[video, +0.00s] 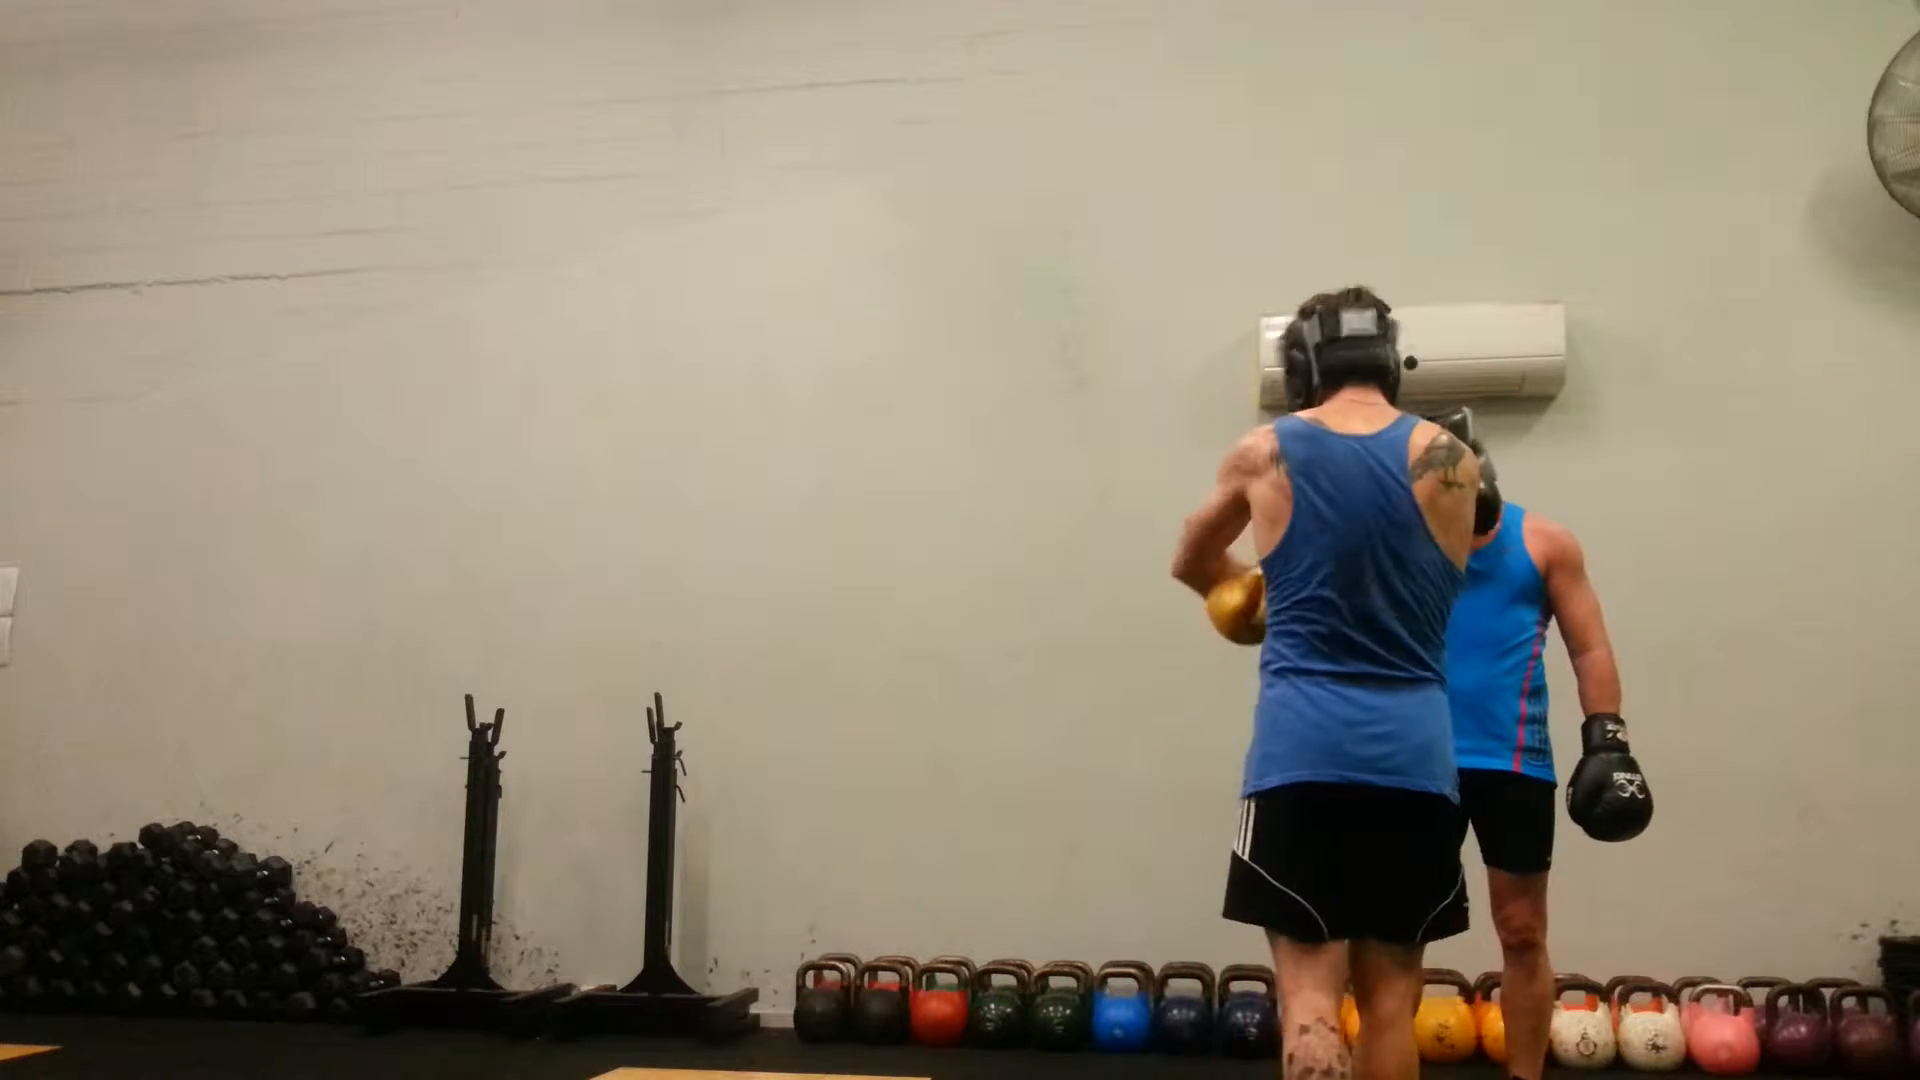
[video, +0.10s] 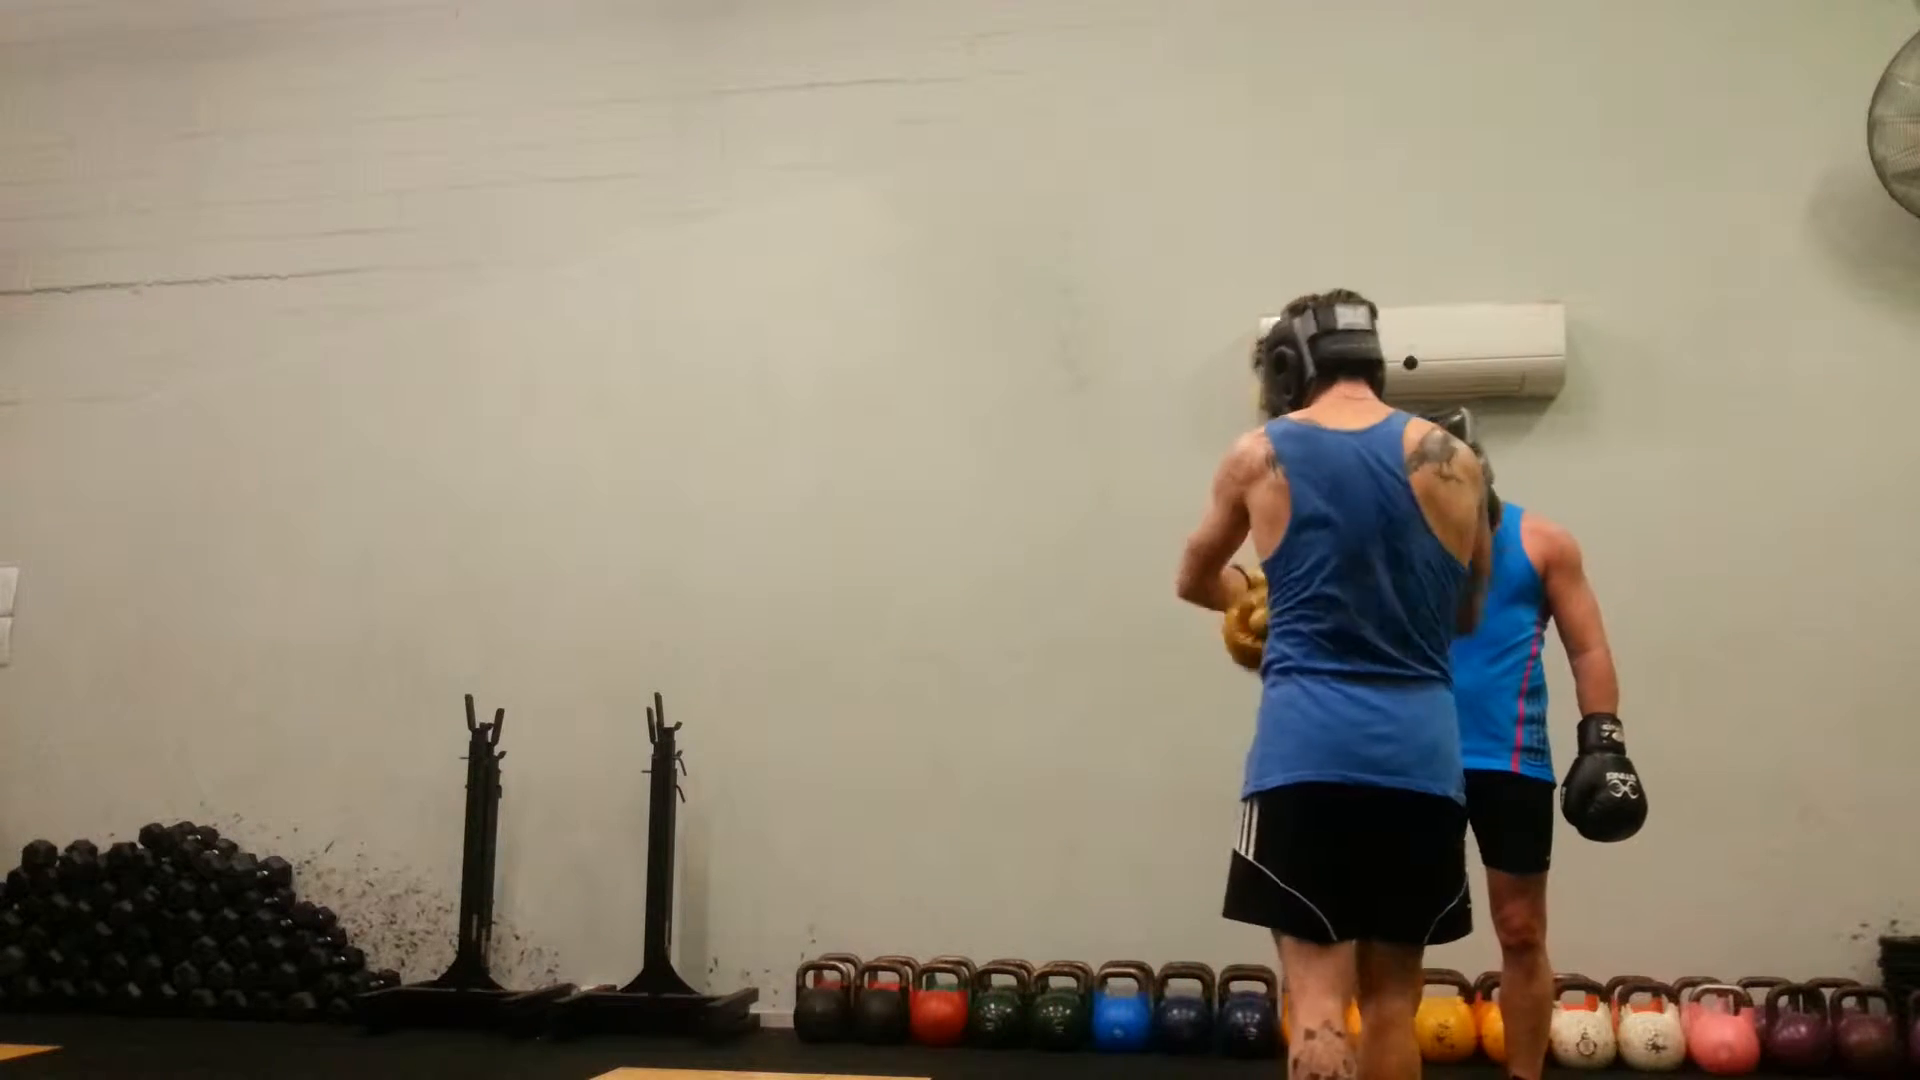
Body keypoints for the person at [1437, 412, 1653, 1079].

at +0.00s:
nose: (1448, 478)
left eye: (1457, 461)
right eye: (1433, 467)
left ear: (1481, 465)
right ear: (1414, 481)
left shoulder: (1541, 542)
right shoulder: (1399, 545)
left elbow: (1587, 645)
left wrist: (1606, 740)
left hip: (1510, 767)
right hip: (1416, 767)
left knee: (1520, 934)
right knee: (1390, 947)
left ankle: (1525, 1072)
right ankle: (1382, 1070)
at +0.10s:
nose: (1443, 480)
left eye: (1454, 463)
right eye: (1430, 469)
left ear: (1478, 466)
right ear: (1414, 481)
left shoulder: (1538, 541)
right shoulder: (1397, 546)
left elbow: (1586, 646)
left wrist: (1601, 741)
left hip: (1508, 765)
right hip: (1413, 765)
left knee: (1519, 934)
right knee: (1391, 945)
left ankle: (1525, 1072)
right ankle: (1384, 1069)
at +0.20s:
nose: (1441, 479)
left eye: (1452, 463)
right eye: (1427, 467)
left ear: (1478, 464)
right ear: (1408, 476)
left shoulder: (1536, 541)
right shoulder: (1391, 546)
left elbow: (1584, 647)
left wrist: (1599, 741)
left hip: (1507, 766)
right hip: (1412, 768)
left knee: (1518, 932)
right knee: (1394, 950)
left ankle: (1524, 1072)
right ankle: (1386, 1070)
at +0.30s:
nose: (1439, 470)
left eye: (1450, 454)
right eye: (1426, 460)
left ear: (1473, 459)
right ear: (1409, 473)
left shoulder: (1536, 543)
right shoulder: (1395, 548)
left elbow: (1584, 650)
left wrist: (1598, 744)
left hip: (1507, 763)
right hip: (1415, 764)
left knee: (1518, 934)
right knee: (1405, 942)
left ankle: (1524, 1072)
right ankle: (1392, 1069)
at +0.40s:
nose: (1442, 472)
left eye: (1455, 449)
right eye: (1426, 458)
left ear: (1479, 462)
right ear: (1407, 473)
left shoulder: (1537, 541)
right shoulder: (1393, 545)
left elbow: (1587, 651)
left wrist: (1602, 744)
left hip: (1511, 767)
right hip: (1414, 768)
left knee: (1520, 935)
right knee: (1392, 937)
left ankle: (1523, 1072)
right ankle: (1381, 1070)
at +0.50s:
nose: (1448, 470)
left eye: (1459, 450)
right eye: (1432, 450)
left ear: (1485, 465)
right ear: (1412, 472)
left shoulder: (1536, 542)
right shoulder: (1394, 550)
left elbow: (1588, 648)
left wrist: (1607, 743)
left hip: (1515, 766)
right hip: (1418, 765)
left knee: (1523, 937)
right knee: (1398, 934)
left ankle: (1531, 1066)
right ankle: (1380, 1068)